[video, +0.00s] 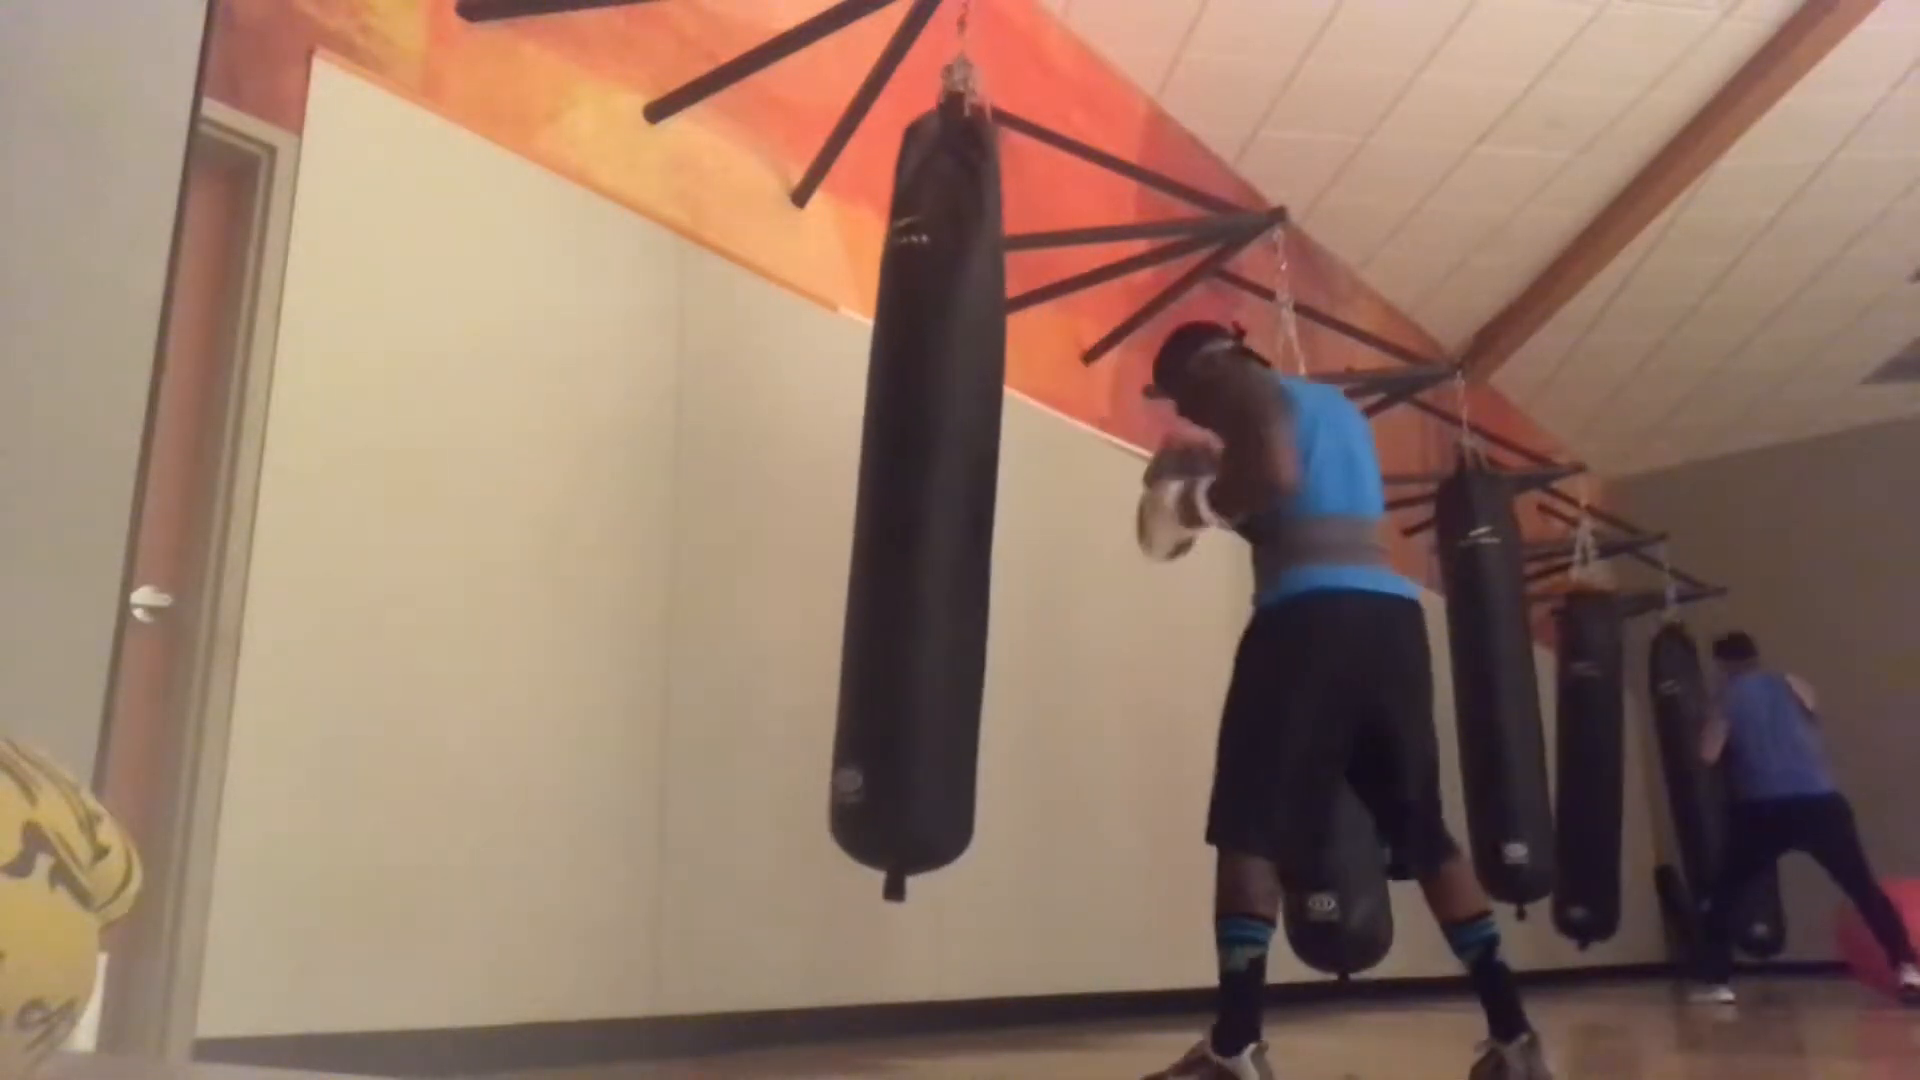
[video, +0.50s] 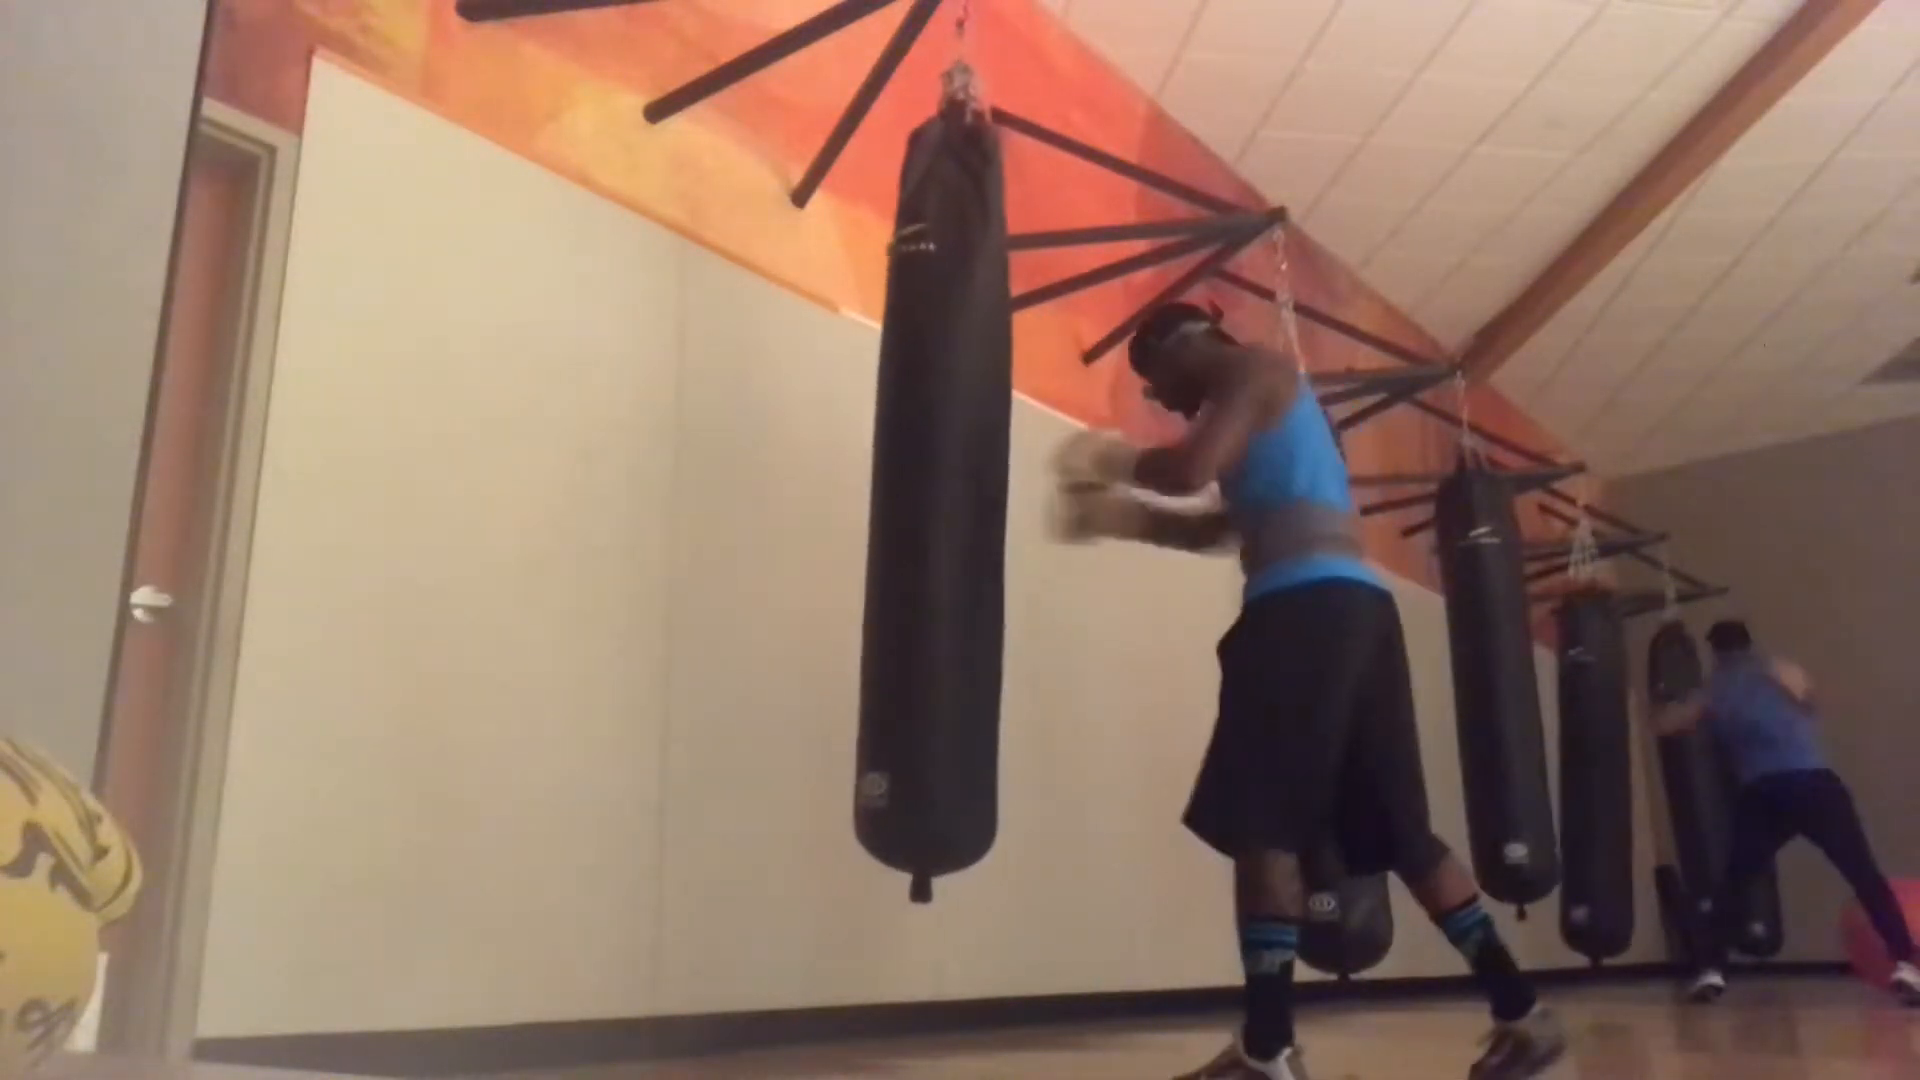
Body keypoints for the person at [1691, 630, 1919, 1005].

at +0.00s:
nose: (1724, 669)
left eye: (1722, 664)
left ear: (1722, 664)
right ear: (1756, 657)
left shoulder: (1727, 698)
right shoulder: (1788, 683)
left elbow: (1709, 752)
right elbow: (1813, 714)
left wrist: (1718, 711)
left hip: (1764, 810)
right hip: (1819, 804)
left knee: (1726, 891)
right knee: (1862, 886)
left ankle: (1718, 980)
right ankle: (1906, 963)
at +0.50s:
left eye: (1721, 650)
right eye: (1734, 645)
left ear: (1715, 652)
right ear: (1749, 643)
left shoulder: (1714, 690)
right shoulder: (1776, 668)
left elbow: (1671, 723)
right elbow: (1807, 695)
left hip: (1762, 794)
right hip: (1815, 785)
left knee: (1735, 878)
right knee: (1863, 873)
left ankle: (1712, 968)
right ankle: (1906, 960)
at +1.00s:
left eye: (1727, 649)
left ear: (1720, 651)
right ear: (1755, 645)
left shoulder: (1712, 686)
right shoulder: (1781, 672)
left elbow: (1667, 701)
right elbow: (1806, 695)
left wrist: (1634, 702)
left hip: (1763, 792)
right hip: (1817, 783)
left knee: (1738, 878)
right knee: (1863, 867)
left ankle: (1715, 970)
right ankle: (1894, 955)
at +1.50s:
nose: (1761, 650)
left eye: (1756, 644)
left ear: (1754, 645)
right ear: (1793, 636)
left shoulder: (1745, 685)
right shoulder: (1827, 667)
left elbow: (1743, 748)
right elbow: (1847, 704)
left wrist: (1775, 758)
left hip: (1788, 796)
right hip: (1849, 789)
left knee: (1771, 889)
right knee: (1880, 882)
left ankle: (1760, 983)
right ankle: (1904, 978)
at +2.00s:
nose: (1739, 656)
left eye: (1737, 650)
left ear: (1733, 651)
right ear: (1769, 639)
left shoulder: (1729, 692)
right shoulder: (1804, 666)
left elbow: (1721, 756)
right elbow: (1830, 706)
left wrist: (1758, 763)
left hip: (1782, 798)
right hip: (1839, 790)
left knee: (1769, 887)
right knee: (1886, 880)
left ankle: (1759, 982)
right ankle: (1914, 974)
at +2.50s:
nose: (1794, 654)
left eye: (1791, 648)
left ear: (1792, 645)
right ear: (1832, 637)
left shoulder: (1790, 673)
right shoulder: (1866, 670)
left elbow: (1741, 709)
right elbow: (1883, 712)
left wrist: (1739, 671)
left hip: (1813, 799)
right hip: (1872, 798)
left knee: (1791, 890)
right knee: (1904, 887)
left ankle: (1775, 981)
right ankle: (1917, 975)